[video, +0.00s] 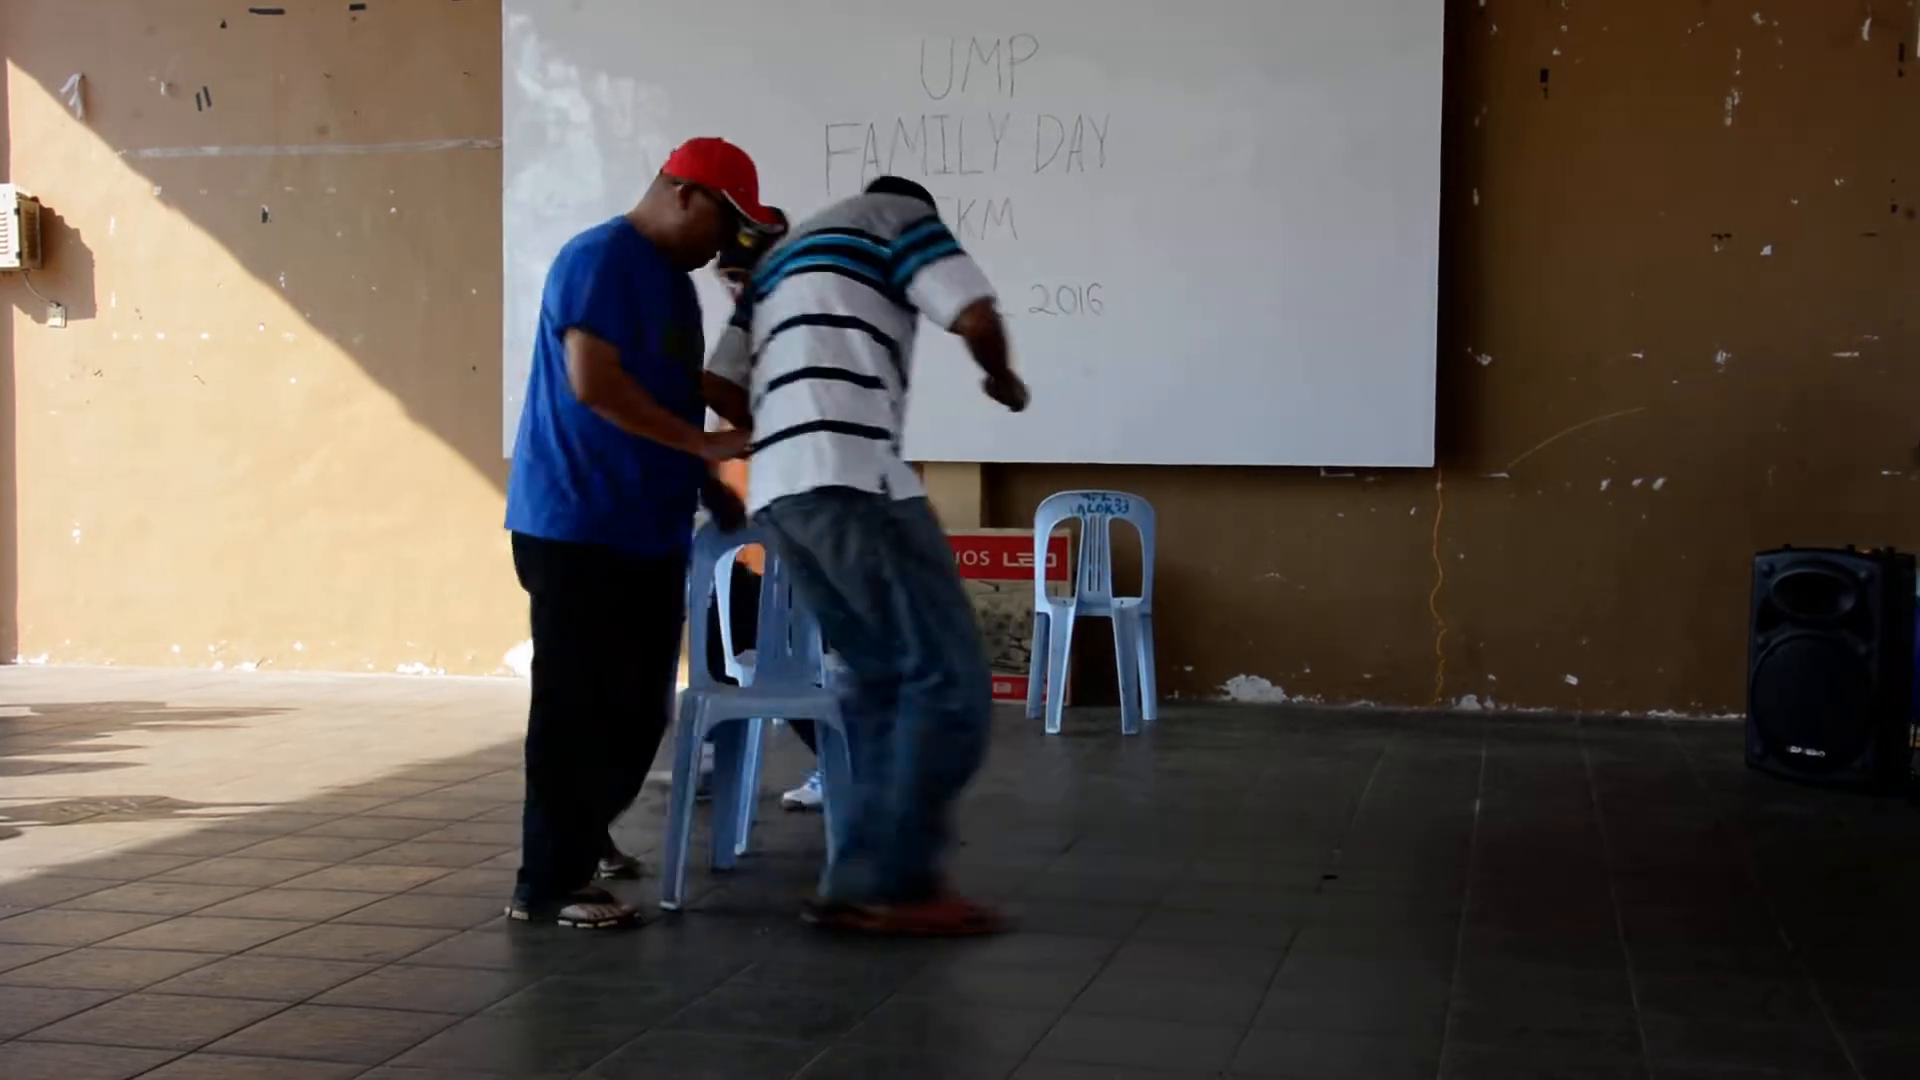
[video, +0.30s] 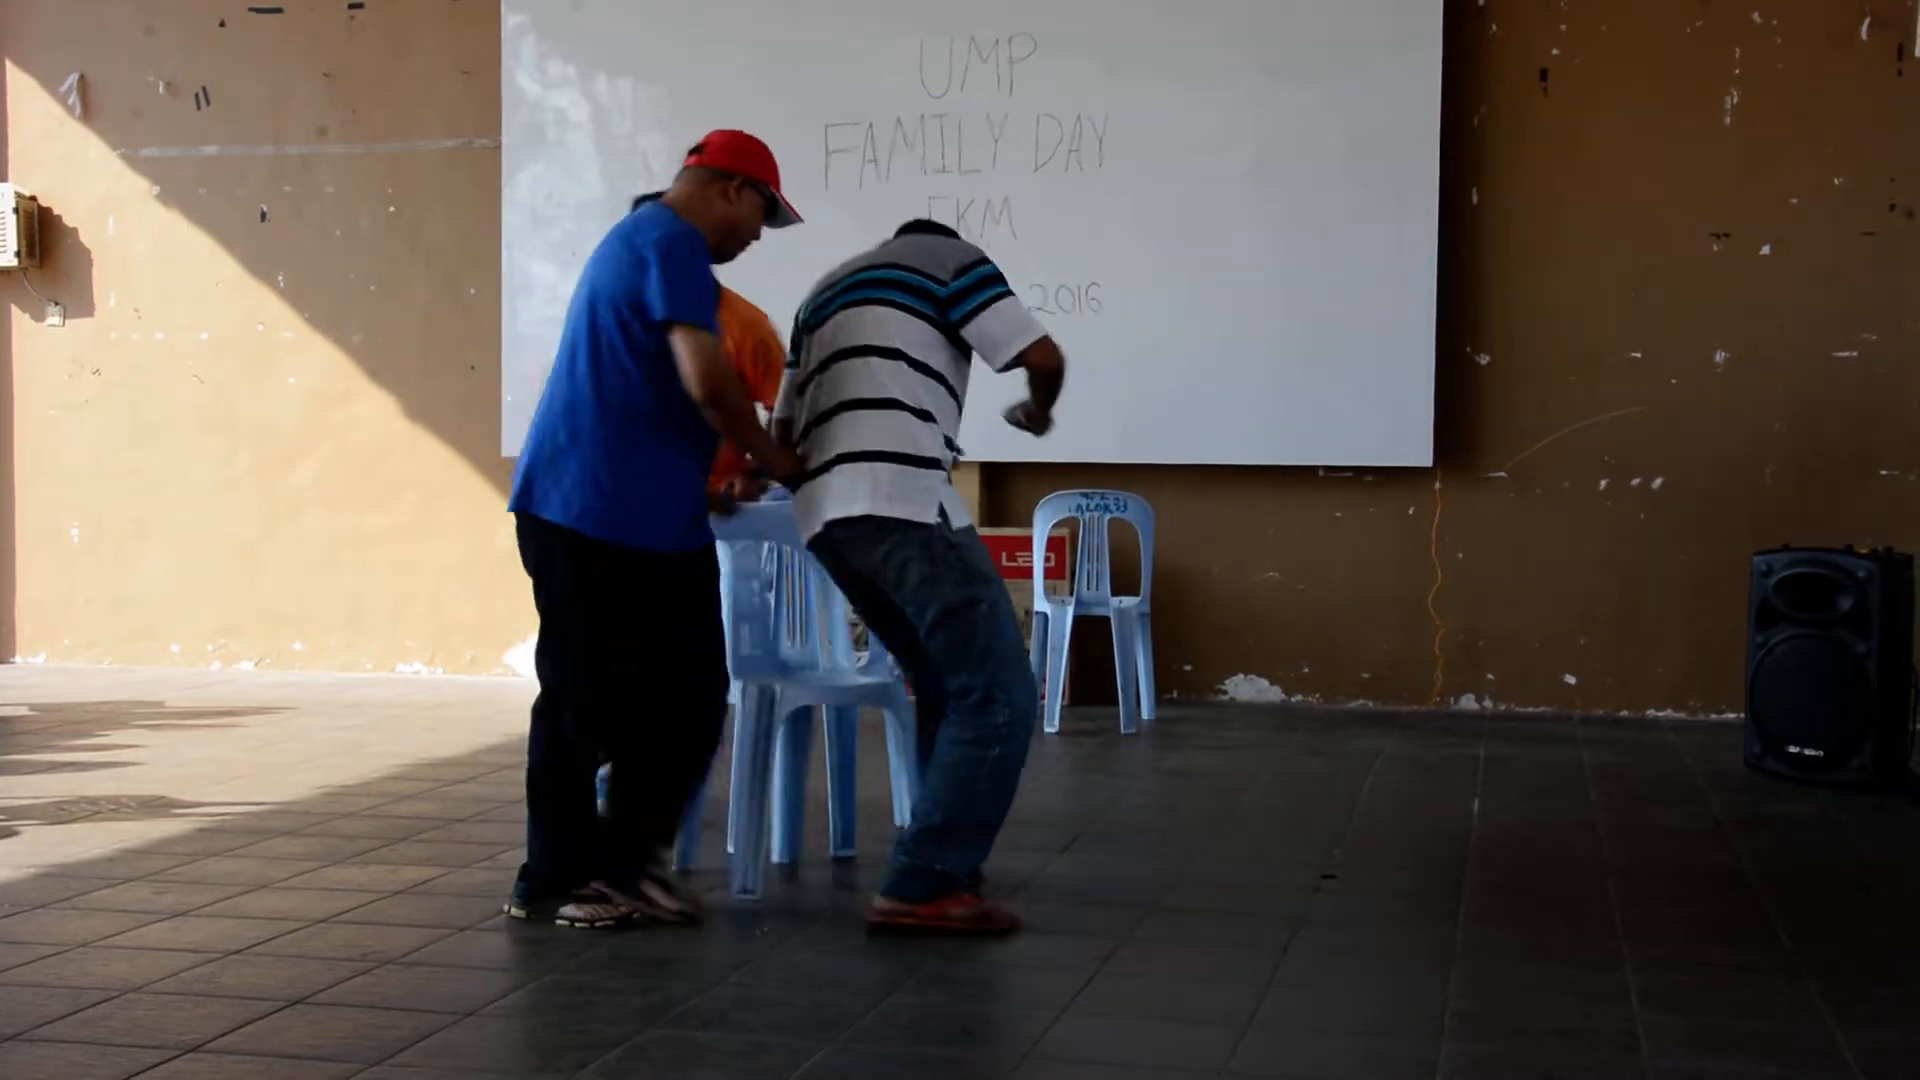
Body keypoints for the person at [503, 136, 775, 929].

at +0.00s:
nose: (724, 241)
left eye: (731, 227)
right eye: (722, 220)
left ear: (688, 202)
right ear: (684, 195)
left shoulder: (671, 283)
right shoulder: (606, 256)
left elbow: (671, 383)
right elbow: (594, 383)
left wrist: (747, 409)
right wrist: (698, 444)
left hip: (641, 534)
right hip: (578, 527)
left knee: (638, 704)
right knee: (577, 707)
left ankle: (580, 839)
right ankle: (550, 887)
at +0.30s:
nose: (756, 236)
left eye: (764, 223)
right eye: (760, 216)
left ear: (700, 184)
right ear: (728, 191)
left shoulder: (640, 238)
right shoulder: (673, 243)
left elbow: (649, 395)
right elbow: (710, 379)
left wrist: (727, 459)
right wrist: (766, 447)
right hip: (618, 515)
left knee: (578, 697)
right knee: (683, 694)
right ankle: (579, 884)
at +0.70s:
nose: (819, 293)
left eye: (825, 281)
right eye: (823, 276)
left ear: (761, 239)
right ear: (805, 255)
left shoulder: (690, 277)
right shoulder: (778, 301)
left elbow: (665, 437)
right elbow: (802, 444)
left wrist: (761, 496)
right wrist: (852, 469)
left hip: (577, 508)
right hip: (641, 520)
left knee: (666, 702)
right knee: (701, 705)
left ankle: (642, 883)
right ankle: (629, 903)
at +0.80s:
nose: (829, 301)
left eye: (834, 290)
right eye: (834, 286)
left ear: (767, 246)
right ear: (820, 267)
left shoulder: (697, 280)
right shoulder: (805, 311)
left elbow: (667, 423)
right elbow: (843, 431)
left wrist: (747, 499)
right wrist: (884, 464)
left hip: (575, 502)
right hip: (643, 516)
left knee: (662, 705)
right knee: (691, 711)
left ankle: (646, 881)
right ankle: (625, 902)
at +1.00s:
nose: (840, 281)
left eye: (843, 272)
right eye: (841, 269)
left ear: (771, 233)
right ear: (823, 251)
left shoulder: (702, 275)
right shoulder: (809, 278)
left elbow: (665, 409)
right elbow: (884, 371)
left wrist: (754, 493)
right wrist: (934, 418)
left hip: (595, 496)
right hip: (656, 505)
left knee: (678, 693)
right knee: (734, 686)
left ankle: (639, 881)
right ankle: (665, 889)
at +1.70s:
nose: (921, 246)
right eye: (922, 234)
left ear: (844, 224)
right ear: (919, 228)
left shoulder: (796, 286)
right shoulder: (928, 273)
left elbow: (738, 414)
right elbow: (975, 395)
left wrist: (774, 496)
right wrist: (1018, 511)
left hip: (776, 520)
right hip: (862, 518)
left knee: (866, 706)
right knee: (920, 695)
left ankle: (874, 894)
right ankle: (799, 836)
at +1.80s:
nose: (927, 231)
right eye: (928, 221)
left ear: (855, 223)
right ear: (931, 221)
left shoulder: (812, 284)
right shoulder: (952, 266)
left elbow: (742, 410)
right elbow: (998, 364)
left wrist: (777, 502)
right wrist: (1037, 496)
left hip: (814, 527)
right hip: (912, 522)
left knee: (856, 708)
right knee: (975, 684)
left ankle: (863, 893)